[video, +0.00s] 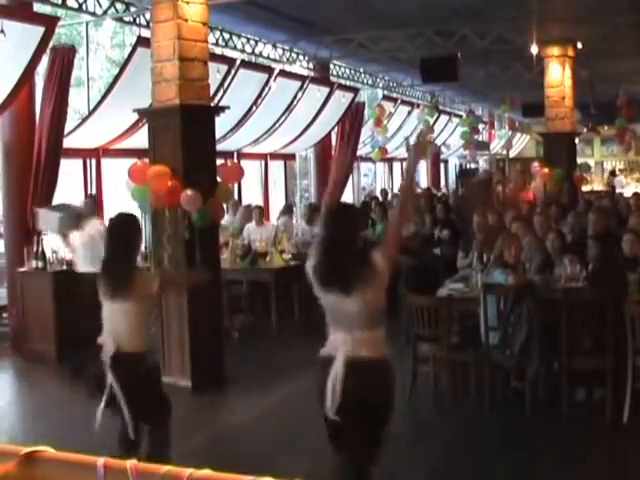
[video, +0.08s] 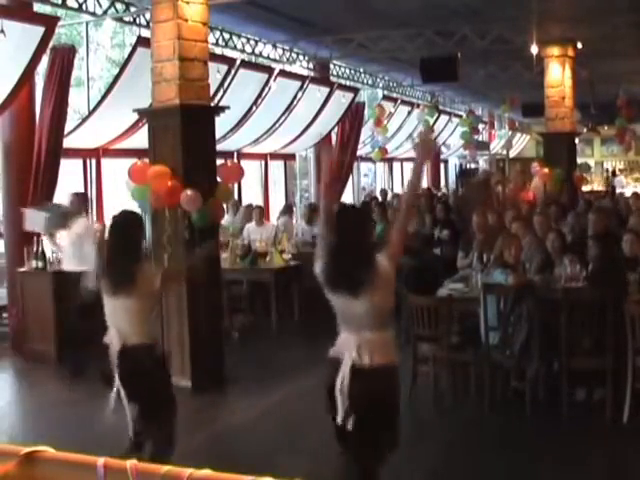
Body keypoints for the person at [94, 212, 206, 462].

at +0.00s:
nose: (140, 240)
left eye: (136, 236)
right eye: (138, 236)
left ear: (110, 241)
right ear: (137, 241)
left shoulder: (103, 280)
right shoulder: (145, 279)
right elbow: (177, 283)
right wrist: (200, 277)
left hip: (111, 356)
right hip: (136, 357)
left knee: (130, 417)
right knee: (160, 412)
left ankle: (127, 467)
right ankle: (157, 467)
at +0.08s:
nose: (143, 238)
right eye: (141, 233)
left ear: (111, 239)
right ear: (139, 238)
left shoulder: (105, 276)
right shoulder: (149, 273)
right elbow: (184, 273)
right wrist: (211, 248)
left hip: (120, 356)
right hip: (146, 354)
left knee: (141, 411)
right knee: (164, 413)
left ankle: (135, 448)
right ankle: (157, 464)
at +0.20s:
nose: (147, 239)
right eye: (145, 235)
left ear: (115, 240)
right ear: (142, 240)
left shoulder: (108, 278)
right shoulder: (155, 276)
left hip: (125, 356)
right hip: (153, 354)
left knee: (160, 403)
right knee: (171, 415)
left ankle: (147, 452)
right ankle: (158, 465)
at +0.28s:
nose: (151, 238)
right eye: (148, 232)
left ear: (119, 239)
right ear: (145, 239)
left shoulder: (114, 278)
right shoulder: (158, 274)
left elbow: (120, 248)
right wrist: (196, 217)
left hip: (133, 351)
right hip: (160, 348)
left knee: (155, 414)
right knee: (174, 415)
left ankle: (149, 465)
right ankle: (163, 469)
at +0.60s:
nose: (167, 225)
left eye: (162, 220)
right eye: (163, 221)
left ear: (134, 231)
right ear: (159, 228)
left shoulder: (132, 264)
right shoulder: (173, 257)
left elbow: (139, 224)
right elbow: (184, 209)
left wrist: (144, 181)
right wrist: (187, 161)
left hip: (144, 344)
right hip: (175, 344)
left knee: (151, 418)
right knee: (182, 417)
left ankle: (151, 471)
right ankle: (179, 470)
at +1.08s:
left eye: (144, 202)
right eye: (164, 200)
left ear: (140, 208)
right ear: (169, 207)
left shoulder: (132, 238)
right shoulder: (177, 232)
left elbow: (113, 202)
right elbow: (198, 184)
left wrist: (95, 165)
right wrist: (209, 137)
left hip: (151, 315)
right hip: (182, 312)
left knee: (161, 389)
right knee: (187, 390)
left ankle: (161, 458)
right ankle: (185, 459)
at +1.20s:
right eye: (168, 210)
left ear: (138, 216)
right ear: (167, 215)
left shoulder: (129, 247)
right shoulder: (177, 239)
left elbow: (97, 211)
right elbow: (206, 205)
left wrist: (68, 173)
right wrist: (222, 168)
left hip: (151, 321)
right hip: (181, 318)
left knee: (161, 386)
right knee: (184, 389)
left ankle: (159, 450)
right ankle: (183, 454)